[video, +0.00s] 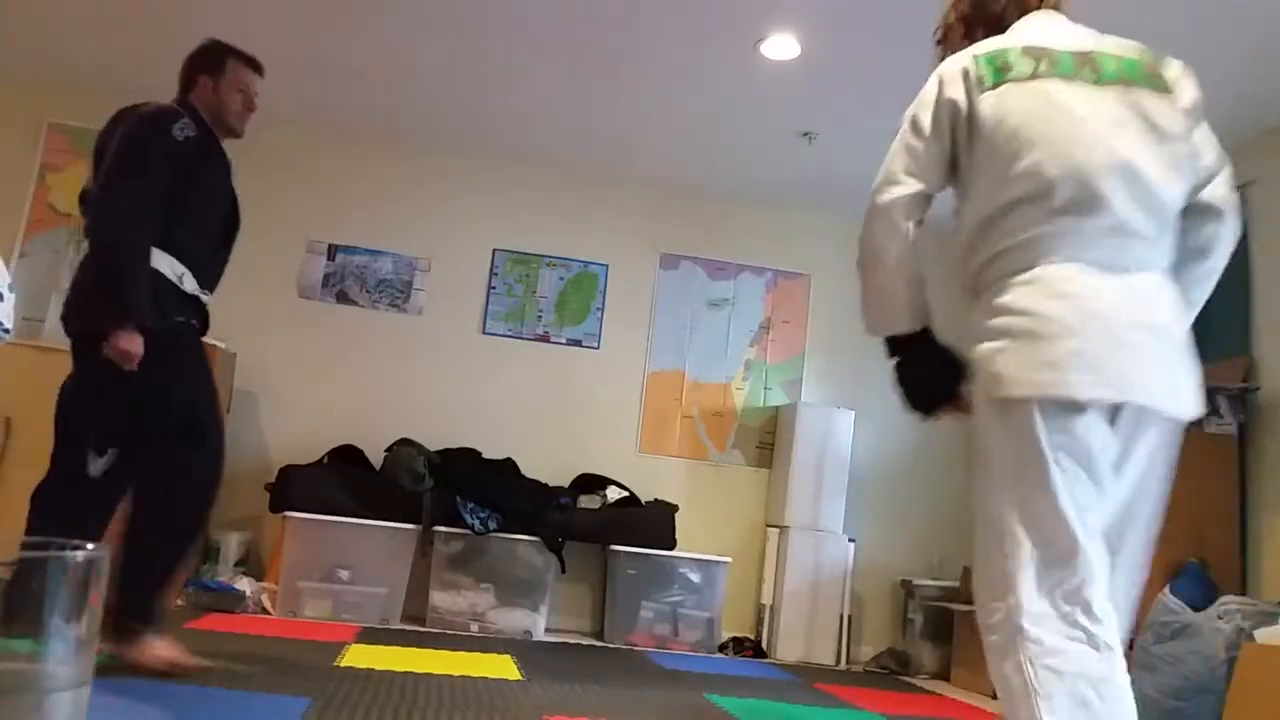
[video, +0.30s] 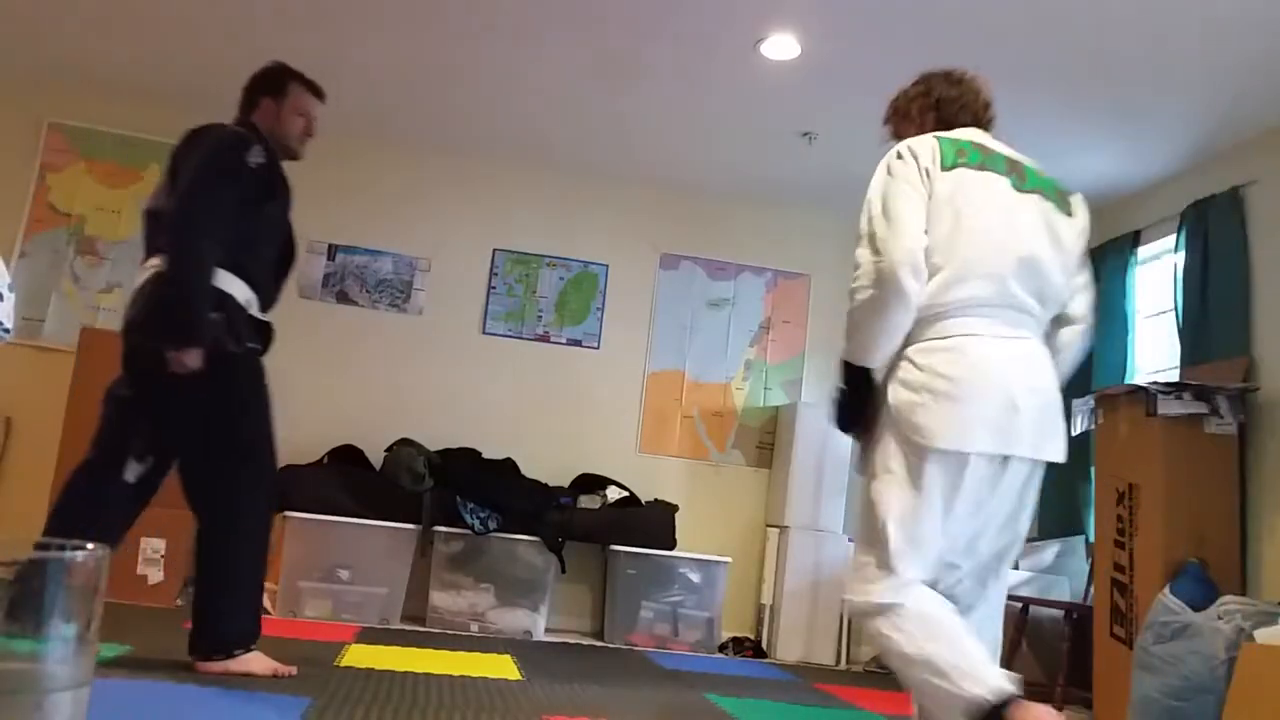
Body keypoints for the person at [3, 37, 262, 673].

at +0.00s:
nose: (252, 107)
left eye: (255, 99)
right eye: (243, 94)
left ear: (213, 94)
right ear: (204, 86)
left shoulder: (203, 152)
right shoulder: (163, 130)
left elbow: (170, 246)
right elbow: (122, 220)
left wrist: (176, 325)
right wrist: (122, 319)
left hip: (137, 330)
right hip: (151, 332)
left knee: (83, 475)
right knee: (188, 469)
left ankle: (28, 617)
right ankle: (135, 625)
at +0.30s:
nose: (311, 130)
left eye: (313, 119)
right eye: (304, 115)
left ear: (266, 112)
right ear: (265, 106)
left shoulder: (213, 147)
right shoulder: (238, 150)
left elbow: (170, 230)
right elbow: (197, 228)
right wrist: (189, 330)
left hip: (167, 331)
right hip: (213, 337)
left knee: (113, 480)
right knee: (241, 493)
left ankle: (30, 614)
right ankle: (223, 646)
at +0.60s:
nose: (368, 139)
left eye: (372, 129)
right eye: (362, 124)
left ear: (314, 118)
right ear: (327, 114)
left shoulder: (253, 151)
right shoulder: (307, 156)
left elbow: (246, 257)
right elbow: (312, 249)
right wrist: (350, 337)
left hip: (201, 322)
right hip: (256, 328)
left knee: (206, 468)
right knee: (267, 484)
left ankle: (116, 603)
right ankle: (230, 646)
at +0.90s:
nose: (375, 148)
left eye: (379, 137)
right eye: (371, 132)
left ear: (321, 124)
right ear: (336, 120)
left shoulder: (262, 161)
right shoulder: (321, 162)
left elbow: (271, 263)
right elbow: (342, 261)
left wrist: (337, 329)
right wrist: (409, 329)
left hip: (223, 326)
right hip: (275, 329)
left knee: (210, 479)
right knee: (271, 488)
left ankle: (171, 628)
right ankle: (231, 646)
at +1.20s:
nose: (390, 170)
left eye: (394, 159)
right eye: (386, 155)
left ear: (344, 144)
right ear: (355, 143)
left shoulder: (277, 179)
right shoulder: (331, 179)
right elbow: (328, 271)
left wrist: (376, 285)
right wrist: (398, 300)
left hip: (231, 332)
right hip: (292, 338)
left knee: (220, 481)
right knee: (353, 476)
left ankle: (168, 632)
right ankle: (337, 639)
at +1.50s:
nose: (432, 184)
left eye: (438, 173)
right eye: (431, 169)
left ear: (385, 155)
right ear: (401, 155)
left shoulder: (323, 188)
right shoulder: (388, 195)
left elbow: (361, 280)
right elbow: (404, 282)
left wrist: (430, 267)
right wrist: (475, 279)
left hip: (272, 344)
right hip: (337, 355)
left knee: (248, 487)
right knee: (377, 505)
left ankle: (170, 616)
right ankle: (368, 654)